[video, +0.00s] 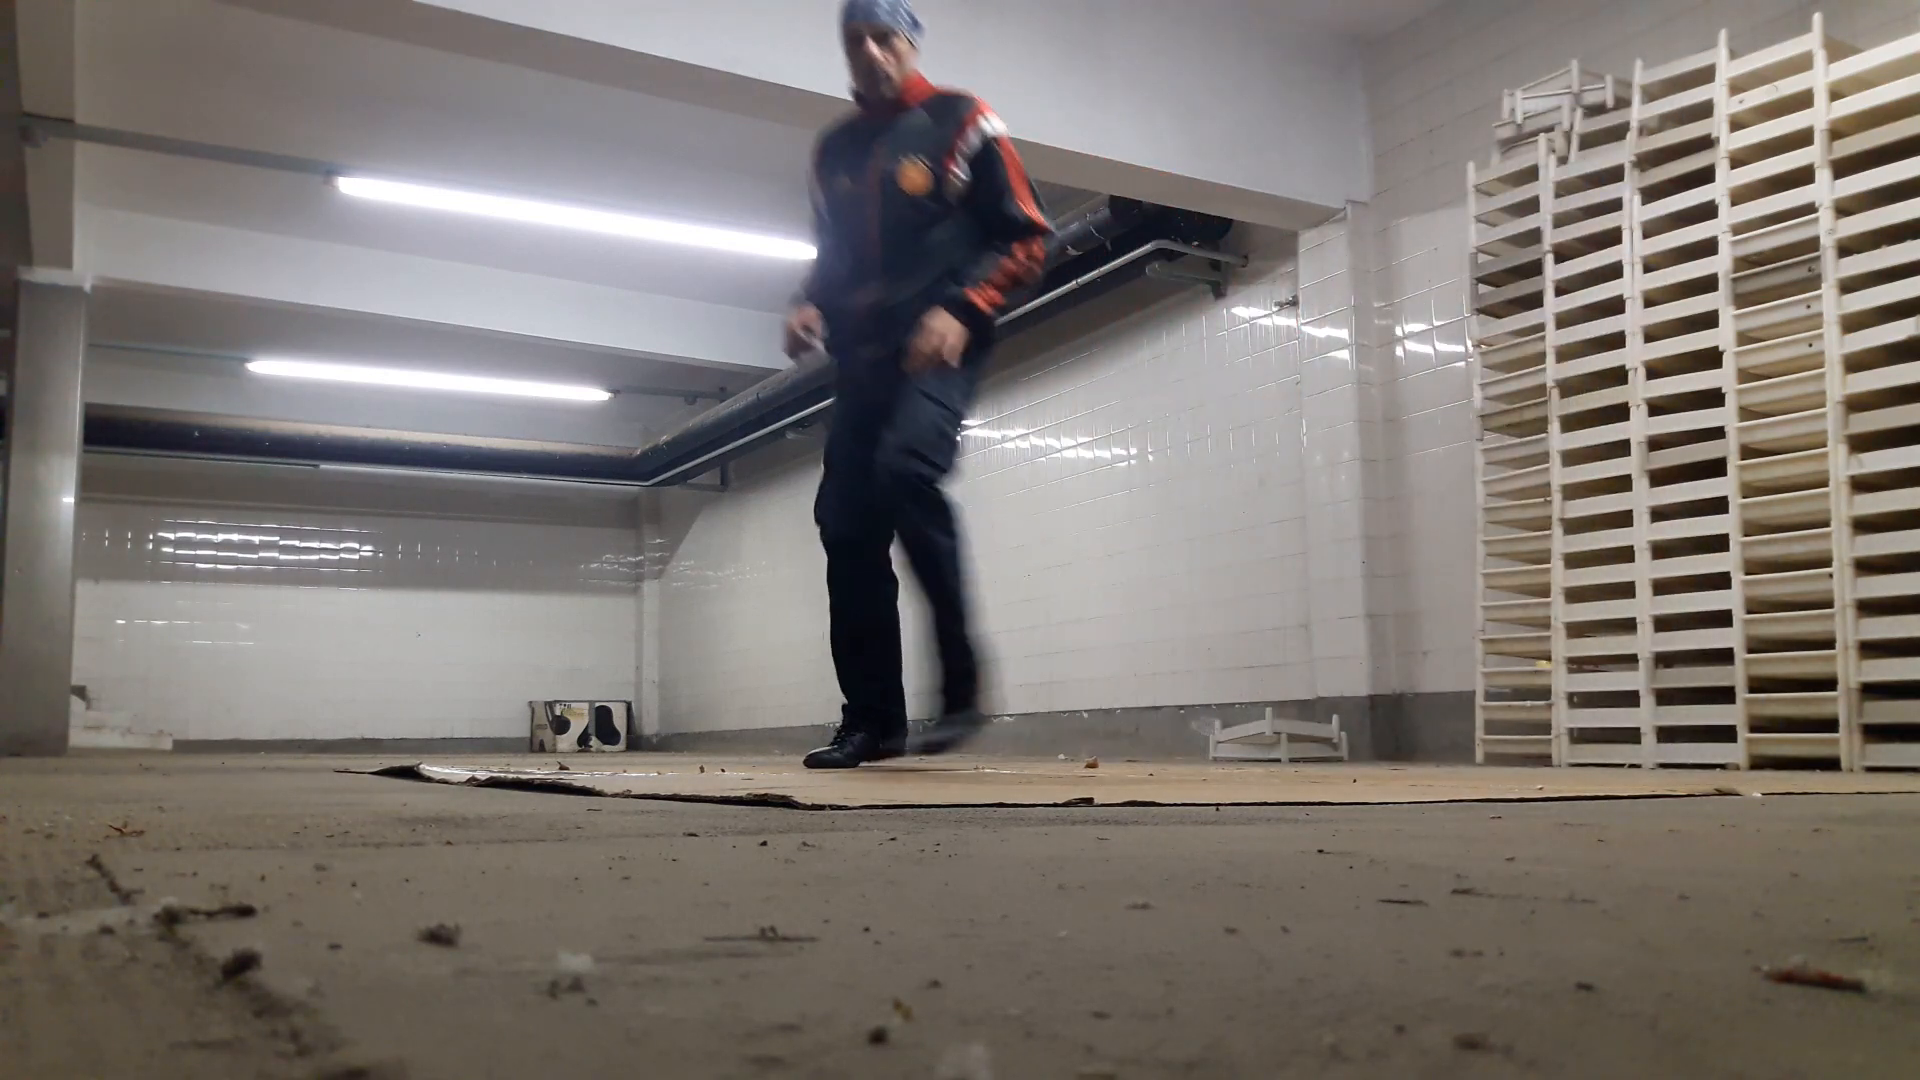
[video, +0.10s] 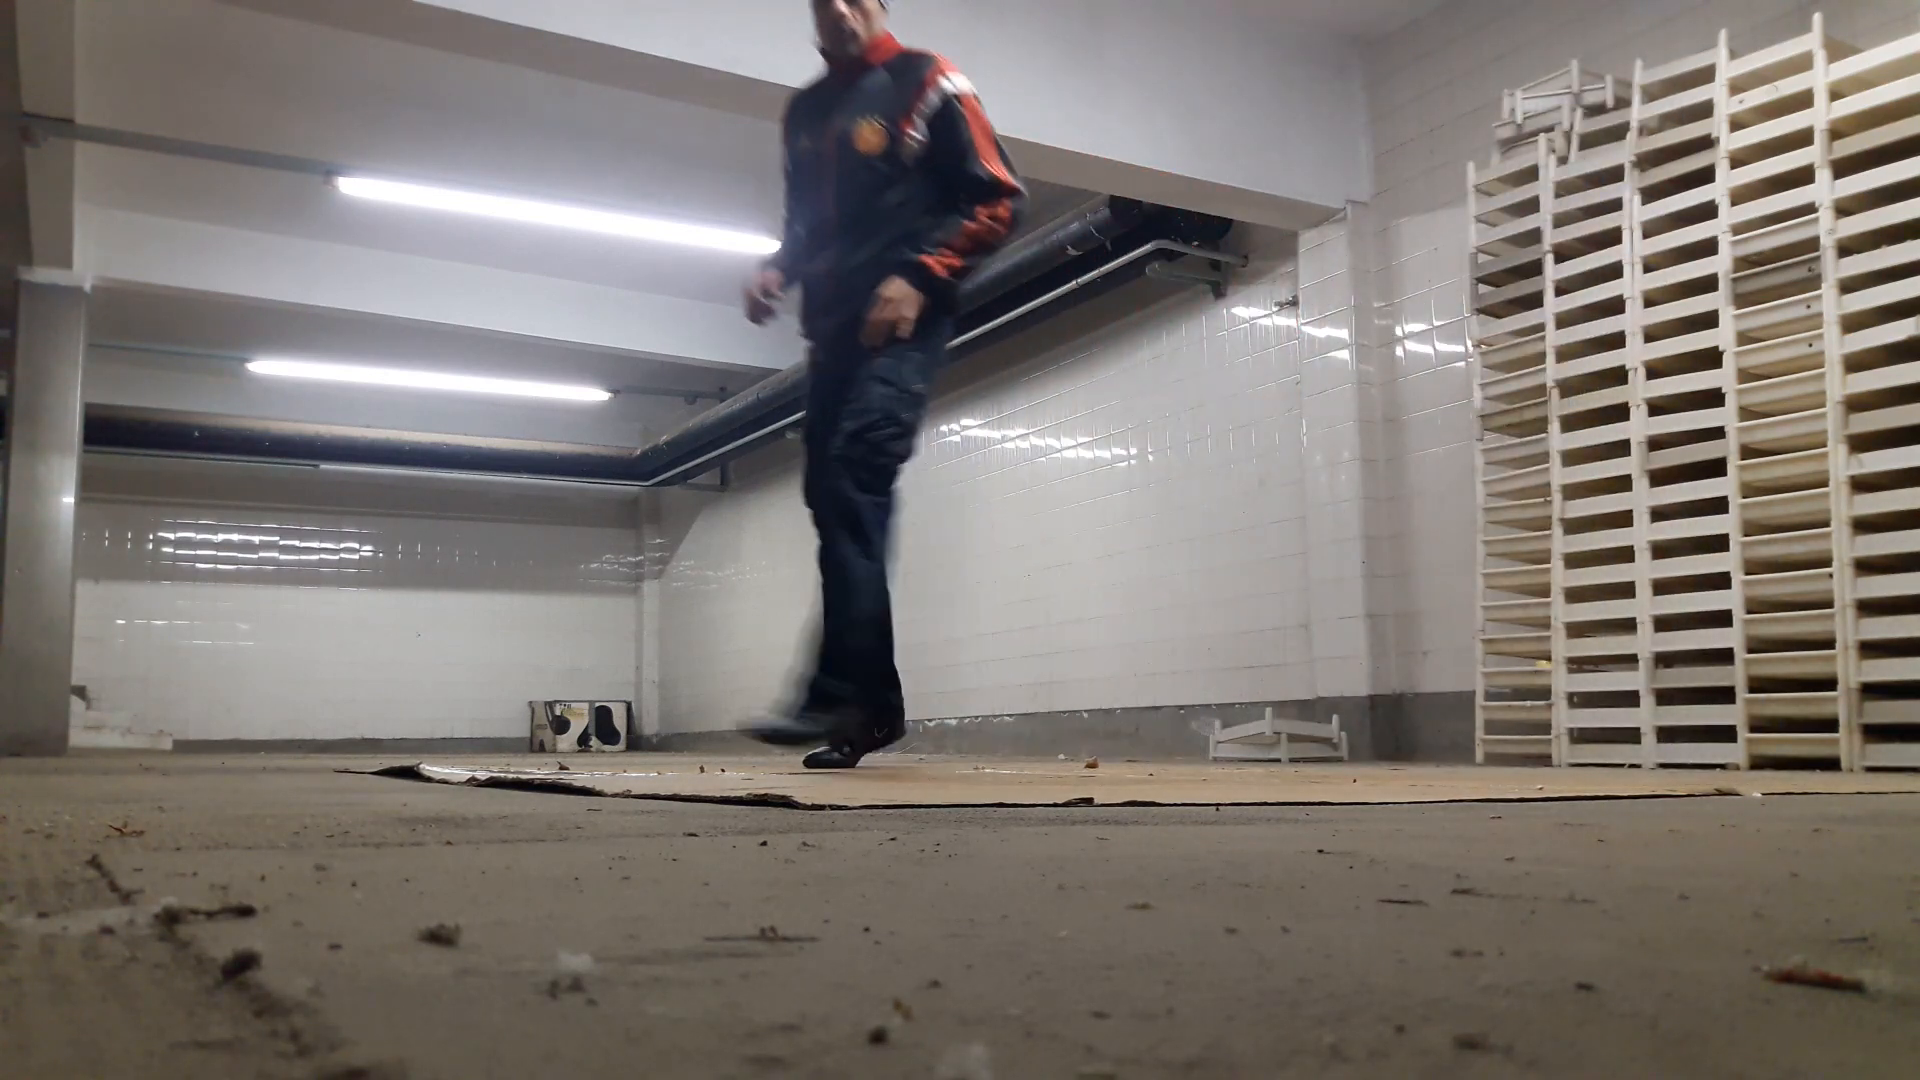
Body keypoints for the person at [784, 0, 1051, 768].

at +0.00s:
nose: (868, 56)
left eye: (881, 40)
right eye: (855, 44)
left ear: (911, 44)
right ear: (844, 56)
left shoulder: (962, 120)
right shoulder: (833, 148)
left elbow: (1029, 239)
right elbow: (837, 250)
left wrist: (961, 310)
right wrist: (809, 303)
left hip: (939, 341)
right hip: (861, 351)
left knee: (903, 475)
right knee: (844, 521)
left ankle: (962, 697)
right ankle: (873, 721)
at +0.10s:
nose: (833, 14)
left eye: (846, 1)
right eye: (821, 5)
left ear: (878, 7)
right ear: (812, 18)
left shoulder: (924, 76)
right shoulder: (804, 108)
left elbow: (997, 198)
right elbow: (809, 224)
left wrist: (919, 277)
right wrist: (778, 268)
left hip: (902, 318)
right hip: (832, 327)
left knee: (852, 476)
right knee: (832, 494)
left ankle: (840, 698)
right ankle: (872, 704)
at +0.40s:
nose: (781, 13)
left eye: (794, 3)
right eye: (772, 4)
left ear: (827, 5)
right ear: (763, 13)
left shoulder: (869, 80)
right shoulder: (748, 99)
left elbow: (916, 215)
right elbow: (754, 229)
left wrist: (812, 293)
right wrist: (704, 269)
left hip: (806, 337)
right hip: (733, 332)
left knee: (722, 495)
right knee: (651, 486)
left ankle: (727, 731)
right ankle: (749, 669)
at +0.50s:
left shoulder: (878, 44)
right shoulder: (721, 44)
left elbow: (941, 185)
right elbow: (702, 161)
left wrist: (864, 266)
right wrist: (690, 229)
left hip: (823, 313)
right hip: (729, 304)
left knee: (787, 497)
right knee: (699, 497)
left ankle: (748, 722)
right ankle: (682, 714)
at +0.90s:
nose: (963, 36)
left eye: (967, 22)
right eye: (951, 17)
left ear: (956, 24)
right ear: (898, 9)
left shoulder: (955, 115)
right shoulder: (801, 78)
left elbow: (1002, 233)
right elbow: (686, 148)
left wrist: (982, 304)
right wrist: (606, 229)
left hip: (904, 351)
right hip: (809, 345)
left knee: (968, 495)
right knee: (777, 507)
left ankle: (918, 660)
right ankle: (720, 705)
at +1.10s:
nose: (1071, 178)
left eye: (1077, 161)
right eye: (1059, 159)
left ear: (1074, 158)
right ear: (1016, 142)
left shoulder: (1047, 226)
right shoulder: (933, 179)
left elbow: (1091, 324)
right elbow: (866, 245)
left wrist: (1145, 415)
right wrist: (913, 305)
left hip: (940, 406)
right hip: (862, 390)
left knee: (1000, 545)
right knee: (816, 533)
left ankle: (1019, 726)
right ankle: (725, 720)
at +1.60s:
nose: (1108, 627)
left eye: (1099, 625)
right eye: (1111, 622)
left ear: (1067, 587)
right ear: (1119, 588)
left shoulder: (1022, 554)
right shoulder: (1149, 539)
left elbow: (987, 655)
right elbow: (1225, 612)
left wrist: (1039, 756)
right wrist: (1252, 751)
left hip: (1023, 400)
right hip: (1110, 413)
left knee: (839, 447)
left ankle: (718, 251)